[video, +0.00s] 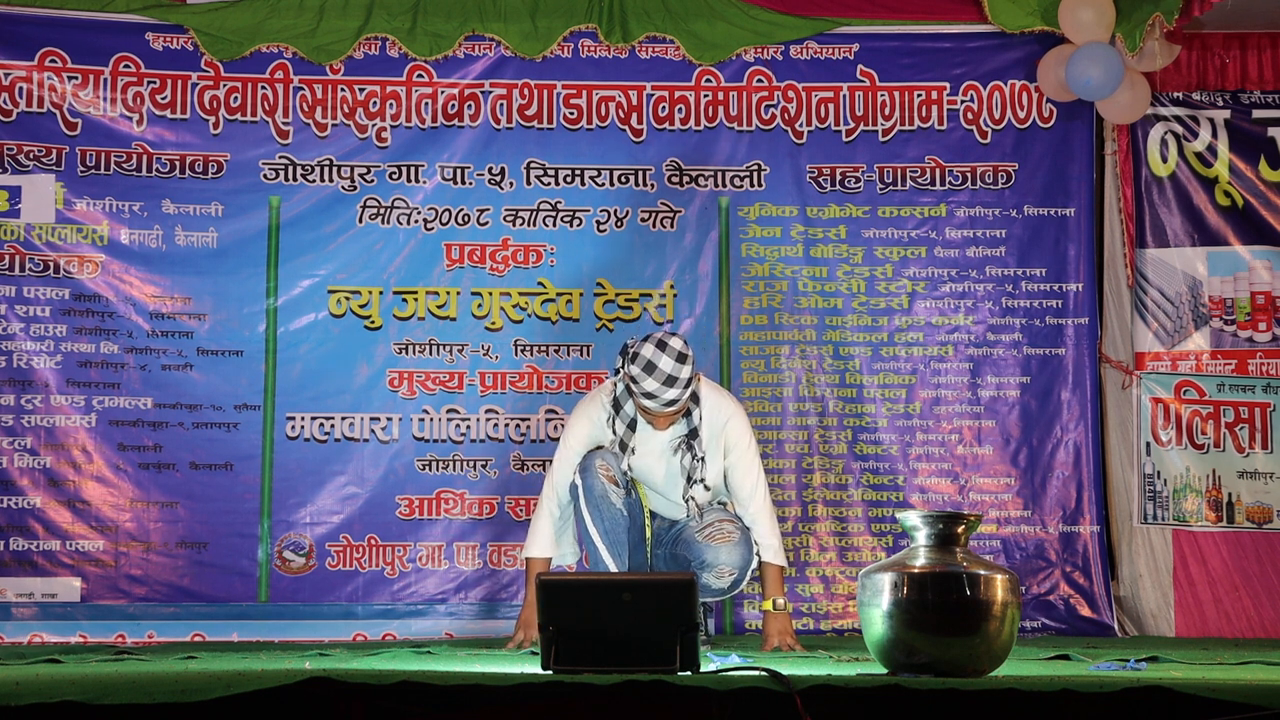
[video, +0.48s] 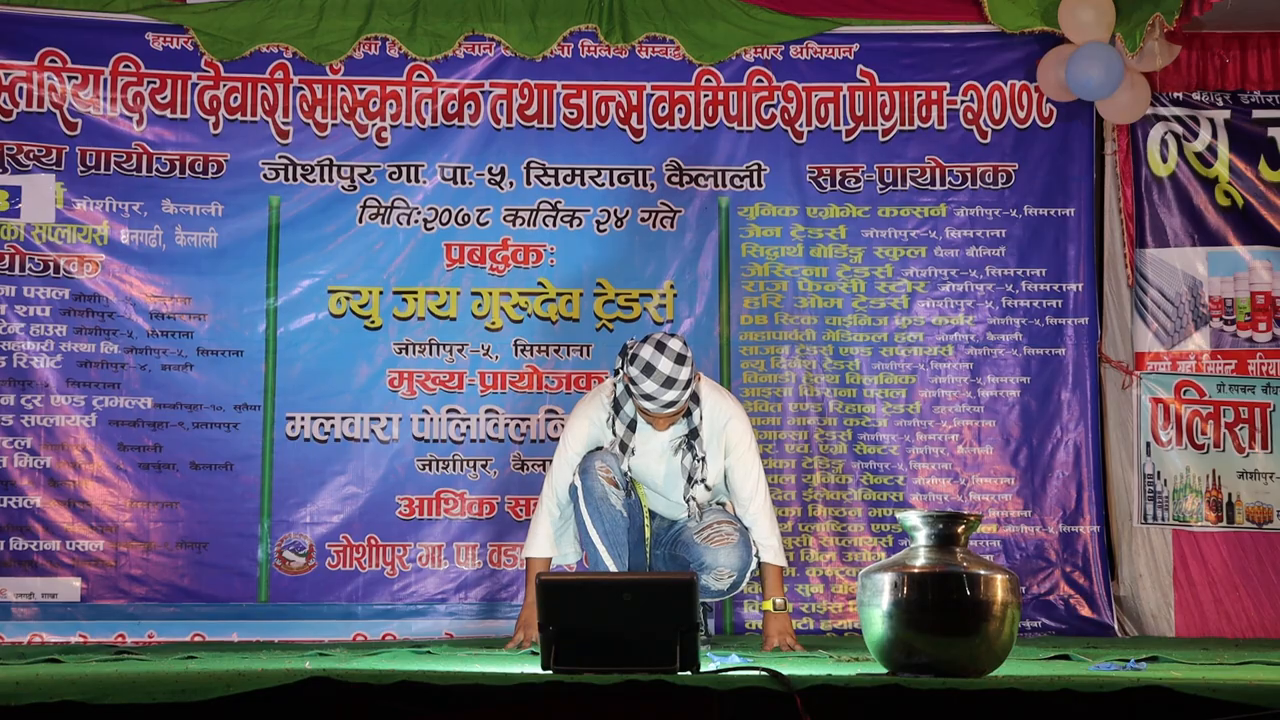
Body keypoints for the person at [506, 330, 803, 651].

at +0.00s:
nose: (661, 420)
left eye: (671, 410)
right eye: (650, 411)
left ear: (688, 389)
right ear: (630, 392)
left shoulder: (725, 414)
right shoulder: (594, 411)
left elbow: (758, 506)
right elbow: (552, 500)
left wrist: (775, 606)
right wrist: (532, 600)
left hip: (691, 538)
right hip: (628, 535)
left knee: (729, 550)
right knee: (595, 466)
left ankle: (691, 609)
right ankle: (622, 604)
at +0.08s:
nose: (660, 419)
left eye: (671, 410)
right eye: (649, 410)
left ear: (689, 389)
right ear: (630, 391)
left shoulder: (725, 414)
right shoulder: (594, 411)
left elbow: (758, 506)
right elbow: (552, 500)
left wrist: (776, 606)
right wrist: (532, 600)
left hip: (692, 538)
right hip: (628, 535)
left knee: (728, 549)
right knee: (595, 466)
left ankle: (692, 609)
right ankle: (622, 604)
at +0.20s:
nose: (660, 420)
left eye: (670, 411)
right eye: (649, 411)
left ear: (689, 389)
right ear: (630, 392)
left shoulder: (725, 414)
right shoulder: (594, 411)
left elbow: (758, 506)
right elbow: (552, 501)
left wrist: (775, 606)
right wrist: (532, 600)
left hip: (691, 538)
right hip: (628, 535)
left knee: (728, 549)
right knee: (595, 466)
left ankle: (692, 609)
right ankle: (622, 604)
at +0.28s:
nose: (660, 421)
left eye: (670, 412)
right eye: (649, 412)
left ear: (688, 390)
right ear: (630, 392)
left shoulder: (724, 414)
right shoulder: (594, 411)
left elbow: (758, 506)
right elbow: (552, 501)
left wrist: (775, 606)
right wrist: (532, 600)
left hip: (690, 539)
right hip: (627, 535)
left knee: (729, 549)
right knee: (595, 466)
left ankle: (690, 608)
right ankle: (622, 604)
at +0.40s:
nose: (660, 421)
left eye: (671, 412)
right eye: (649, 412)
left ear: (688, 390)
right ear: (630, 393)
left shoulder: (725, 414)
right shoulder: (594, 411)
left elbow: (757, 506)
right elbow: (552, 501)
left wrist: (775, 606)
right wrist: (532, 600)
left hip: (691, 538)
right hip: (627, 534)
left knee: (728, 550)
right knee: (595, 466)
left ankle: (690, 608)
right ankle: (622, 604)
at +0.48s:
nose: (660, 422)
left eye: (670, 412)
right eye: (649, 413)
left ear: (688, 391)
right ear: (630, 393)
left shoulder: (725, 414)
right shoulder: (594, 411)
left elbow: (757, 507)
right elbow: (552, 502)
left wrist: (775, 606)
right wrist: (532, 600)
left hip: (691, 536)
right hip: (627, 533)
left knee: (728, 553)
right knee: (595, 467)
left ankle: (690, 608)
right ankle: (622, 604)